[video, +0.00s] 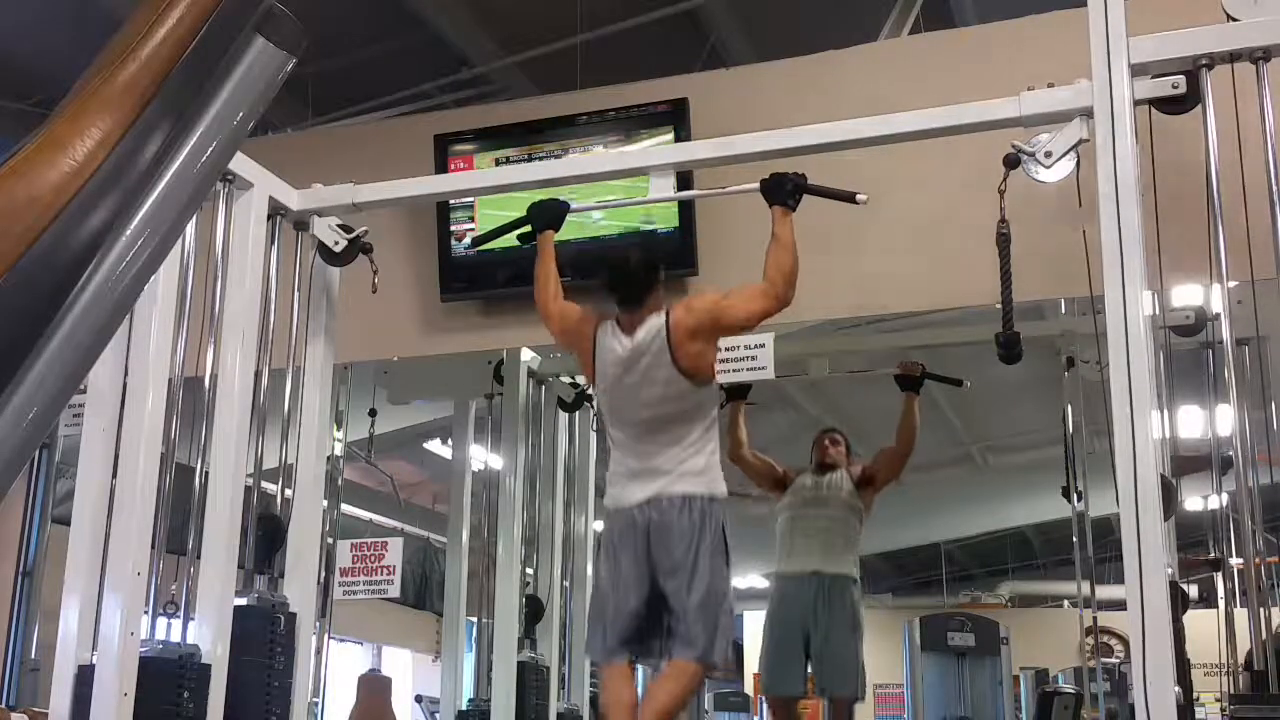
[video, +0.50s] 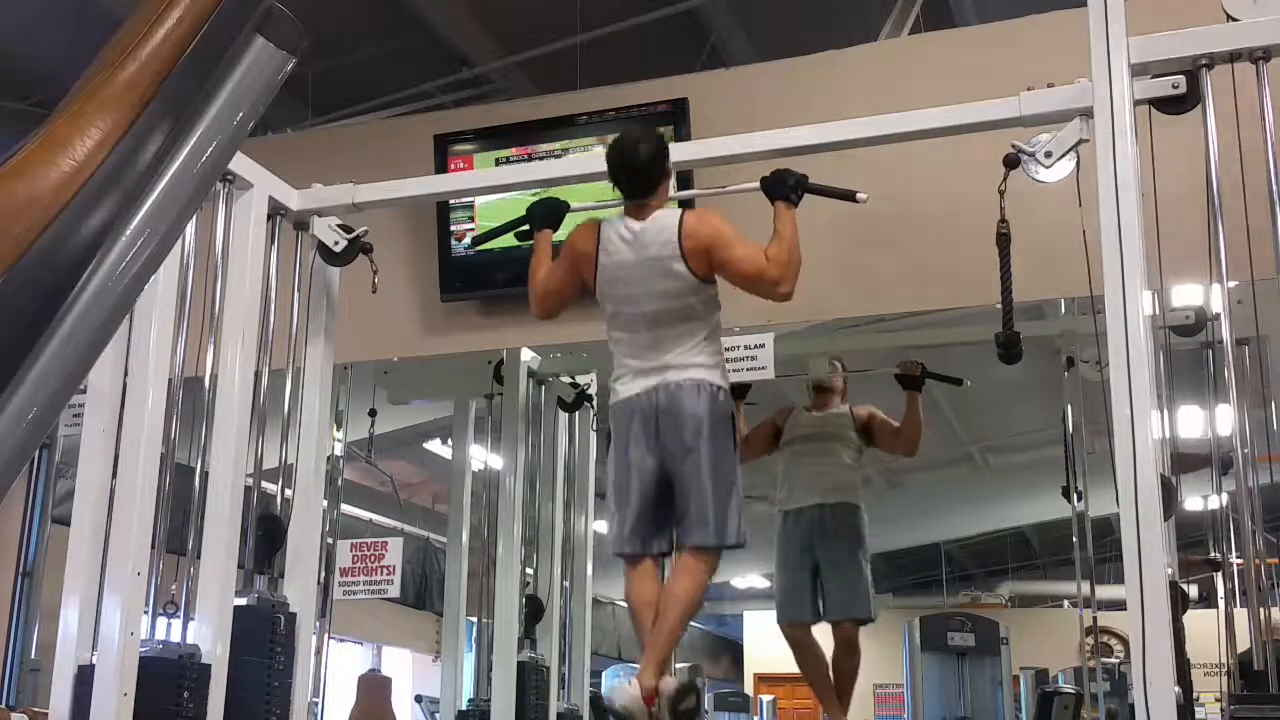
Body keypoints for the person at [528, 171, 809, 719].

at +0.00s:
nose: (662, 278)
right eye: (660, 272)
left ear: (609, 288)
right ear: (660, 281)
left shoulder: (590, 335)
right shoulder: (695, 319)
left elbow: (549, 303)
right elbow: (776, 292)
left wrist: (545, 237)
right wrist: (783, 210)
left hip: (623, 509)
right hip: (690, 506)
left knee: (614, 651)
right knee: (695, 648)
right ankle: (643, 714)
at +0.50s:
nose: (665, 169)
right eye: (666, 161)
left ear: (613, 183)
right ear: (667, 173)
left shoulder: (590, 240)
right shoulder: (699, 228)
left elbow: (543, 303)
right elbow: (779, 281)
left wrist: (541, 235)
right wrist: (786, 207)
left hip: (632, 404)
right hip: (696, 398)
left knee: (639, 550)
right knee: (699, 544)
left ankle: (662, 679)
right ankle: (647, 679)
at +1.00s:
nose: (668, 301)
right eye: (665, 296)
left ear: (610, 318)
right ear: (665, 310)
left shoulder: (594, 358)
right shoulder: (700, 346)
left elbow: (553, 305)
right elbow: (771, 295)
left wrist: (545, 235)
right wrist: (781, 211)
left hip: (626, 538)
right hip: (693, 534)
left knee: (618, 687)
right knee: (690, 684)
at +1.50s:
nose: (665, 159)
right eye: (663, 153)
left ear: (610, 181)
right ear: (663, 169)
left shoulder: (587, 233)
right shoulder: (700, 222)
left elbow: (538, 298)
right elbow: (777, 278)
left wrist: (539, 230)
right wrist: (785, 206)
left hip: (630, 404)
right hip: (695, 398)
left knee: (633, 541)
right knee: (703, 537)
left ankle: (654, 676)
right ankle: (635, 674)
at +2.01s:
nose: (672, 282)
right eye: (668, 275)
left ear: (610, 292)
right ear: (666, 284)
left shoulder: (591, 334)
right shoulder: (700, 326)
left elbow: (546, 301)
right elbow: (781, 293)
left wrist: (543, 234)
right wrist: (784, 210)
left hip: (629, 516)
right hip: (695, 512)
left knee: (626, 663)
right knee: (706, 658)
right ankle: (657, 717)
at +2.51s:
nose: (653, 208)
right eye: (654, 200)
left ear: (607, 218)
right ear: (660, 210)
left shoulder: (586, 266)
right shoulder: (694, 259)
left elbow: (539, 304)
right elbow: (783, 286)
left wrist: (542, 237)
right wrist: (785, 211)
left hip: (626, 442)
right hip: (690, 437)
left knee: (623, 582)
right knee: (698, 579)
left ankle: (631, 706)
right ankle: (625, 700)